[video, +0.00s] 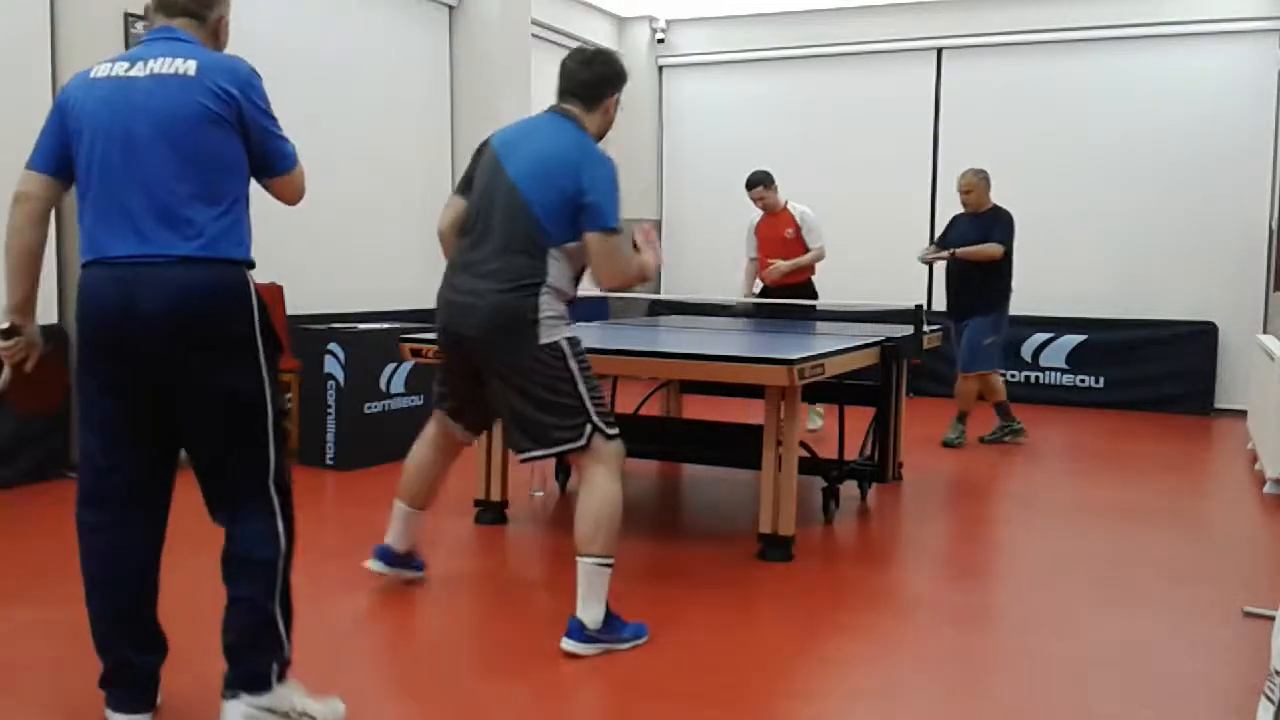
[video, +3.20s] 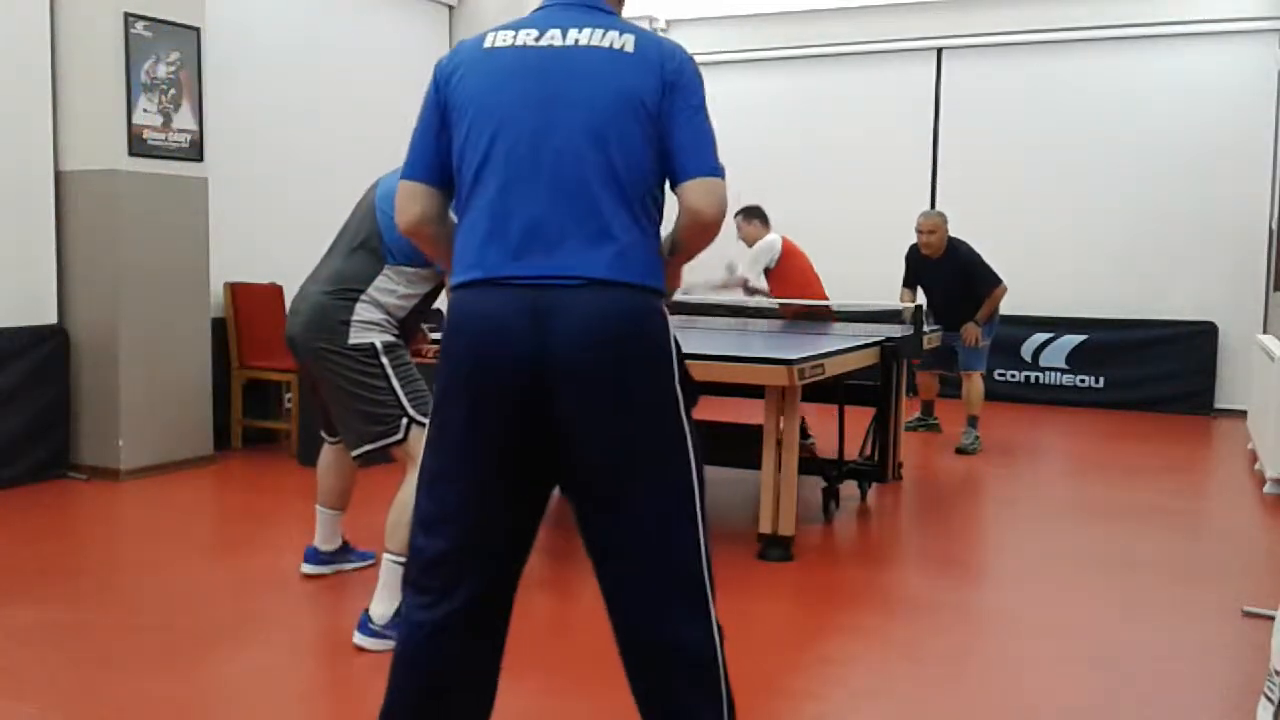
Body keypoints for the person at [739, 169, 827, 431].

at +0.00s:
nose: (758, 205)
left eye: (761, 198)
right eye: (754, 201)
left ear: (774, 189)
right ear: (751, 198)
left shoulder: (801, 215)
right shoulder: (756, 224)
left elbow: (819, 252)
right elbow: (752, 262)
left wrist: (787, 265)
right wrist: (745, 294)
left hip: (799, 293)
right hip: (768, 294)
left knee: (803, 350)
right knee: (769, 351)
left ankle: (813, 406)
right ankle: (775, 407)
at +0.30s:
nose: (764, 212)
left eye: (764, 204)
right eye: (760, 207)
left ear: (777, 194)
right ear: (771, 200)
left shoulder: (806, 215)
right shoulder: (781, 226)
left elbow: (826, 257)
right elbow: (785, 267)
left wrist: (786, 272)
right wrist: (763, 296)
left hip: (817, 296)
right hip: (794, 297)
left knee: (817, 364)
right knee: (793, 363)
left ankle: (825, 426)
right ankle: (784, 427)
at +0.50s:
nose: (772, 213)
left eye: (770, 206)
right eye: (768, 208)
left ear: (783, 194)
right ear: (783, 197)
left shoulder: (810, 217)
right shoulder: (803, 218)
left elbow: (812, 266)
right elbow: (810, 264)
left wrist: (780, 295)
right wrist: (789, 277)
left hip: (828, 295)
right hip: (818, 295)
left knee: (822, 362)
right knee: (816, 361)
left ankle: (825, 427)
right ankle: (817, 420)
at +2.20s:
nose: (765, 237)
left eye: (765, 229)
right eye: (762, 231)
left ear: (780, 220)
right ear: (783, 222)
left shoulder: (805, 239)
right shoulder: (806, 239)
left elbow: (788, 285)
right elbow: (818, 284)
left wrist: (749, 302)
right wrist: (797, 299)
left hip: (844, 311)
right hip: (832, 311)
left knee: (821, 373)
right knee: (813, 371)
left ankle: (845, 429)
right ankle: (844, 428)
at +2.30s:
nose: (758, 244)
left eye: (758, 236)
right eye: (755, 238)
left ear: (774, 228)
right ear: (776, 229)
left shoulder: (797, 245)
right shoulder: (794, 247)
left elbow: (776, 292)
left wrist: (736, 304)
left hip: (836, 316)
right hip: (825, 316)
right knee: (809, 375)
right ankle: (842, 426)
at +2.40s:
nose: (751, 252)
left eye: (752, 244)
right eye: (749, 246)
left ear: (768, 236)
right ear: (771, 237)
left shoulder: (790, 253)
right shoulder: (789, 254)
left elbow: (766, 299)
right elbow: (772, 301)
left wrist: (724, 309)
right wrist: (734, 307)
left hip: (830, 319)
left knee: (779, 374)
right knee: (798, 376)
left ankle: (799, 431)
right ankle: (839, 422)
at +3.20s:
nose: (739, 237)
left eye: (740, 229)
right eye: (738, 231)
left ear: (756, 224)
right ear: (760, 225)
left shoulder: (771, 242)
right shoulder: (783, 245)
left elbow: (738, 279)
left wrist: (691, 287)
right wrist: (757, 290)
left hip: (802, 317)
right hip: (819, 315)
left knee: (773, 368)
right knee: (775, 368)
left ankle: (798, 433)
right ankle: (798, 432)